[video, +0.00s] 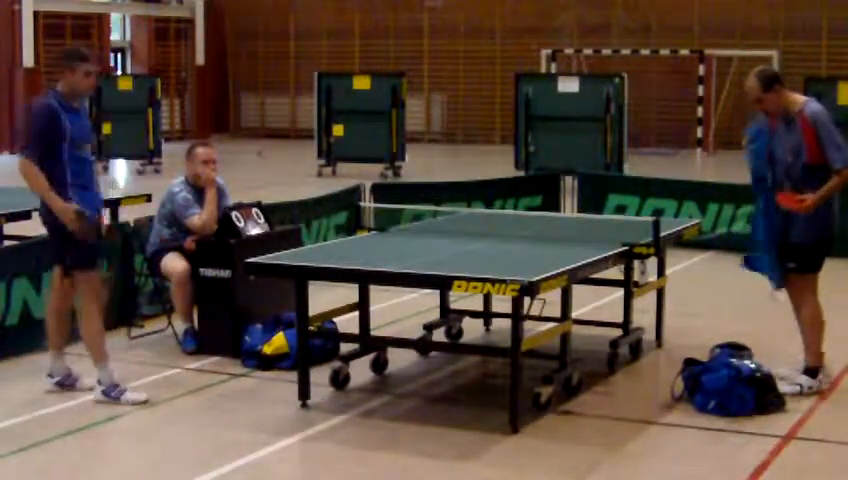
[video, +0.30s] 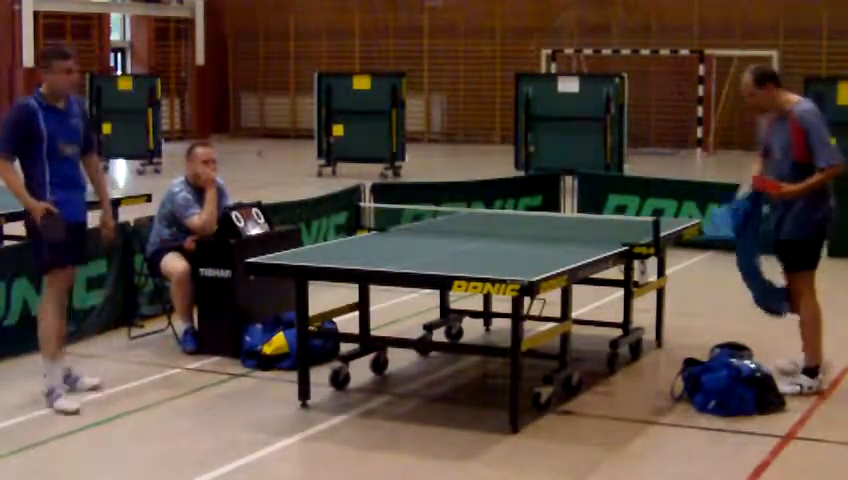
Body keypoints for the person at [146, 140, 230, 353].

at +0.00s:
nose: (212, 168)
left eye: (214, 163)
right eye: (205, 163)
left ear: (217, 164)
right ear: (190, 166)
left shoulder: (217, 187)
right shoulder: (178, 192)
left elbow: (224, 223)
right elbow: (204, 227)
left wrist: (197, 238)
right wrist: (211, 189)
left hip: (199, 241)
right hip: (166, 245)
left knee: (227, 262)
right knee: (181, 270)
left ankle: (223, 321)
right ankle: (189, 328)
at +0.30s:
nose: (210, 168)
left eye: (213, 163)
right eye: (205, 163)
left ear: (217, 165)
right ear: (190, 166)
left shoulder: (217, 187)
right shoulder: (178, 192)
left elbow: (226, 222)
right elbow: (205, 227)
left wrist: (197, 238)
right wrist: (211, 189)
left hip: (199, 241)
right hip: (165, 245)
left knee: (228, 263)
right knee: (181, 270)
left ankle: (224, 321)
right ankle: (189, 327)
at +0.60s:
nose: (211, 168)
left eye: (213, 163)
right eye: (205, 163)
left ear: (217, 165)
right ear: (190, 166)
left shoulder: (217, 187)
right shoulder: (178, 192)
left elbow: (225, 223)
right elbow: (205, 226)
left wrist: (197, 237)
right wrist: (211, 189)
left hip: (199, 241)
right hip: (166, 245)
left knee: (227, 263)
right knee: (181, 269)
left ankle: (222, 321)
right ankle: (188, 327)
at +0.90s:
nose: (211, 168)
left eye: (213, 163)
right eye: (205, 163)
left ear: (217, 164)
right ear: (190, 166)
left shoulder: (217, 187)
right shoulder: (178, 192)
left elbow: (225, 222)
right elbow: (205, 227)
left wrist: (197, 238)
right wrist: (211, 189)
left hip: (199, 241)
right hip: (165, 245)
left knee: (227, 262)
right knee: (181, 269)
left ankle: (222, 322)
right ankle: (188, 328)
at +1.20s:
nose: (212, 168)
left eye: (214, 163)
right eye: (206, 163)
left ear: (217, 165)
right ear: (190, 166)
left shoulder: (217, 187)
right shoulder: (179, 192)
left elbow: (227, 222)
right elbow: (205, 227)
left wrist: (197, 237)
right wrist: (211, 189)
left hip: (198, 241)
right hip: (165, 245)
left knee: (227, 262)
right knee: (181, 269)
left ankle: (222, 322)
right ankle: (188, 327)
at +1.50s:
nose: (212, 168)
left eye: (214, 163)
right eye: (206, 163)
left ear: (217, 165)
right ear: (190, 166)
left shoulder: (217, 187)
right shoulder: (179, 192)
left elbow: (227, 221)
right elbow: (205, 226)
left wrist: (197, 237)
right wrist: (211, 188)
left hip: (198, 241)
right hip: (165, 245)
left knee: (227, 262)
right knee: (181, 269)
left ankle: (222, 321)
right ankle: (188, 326)